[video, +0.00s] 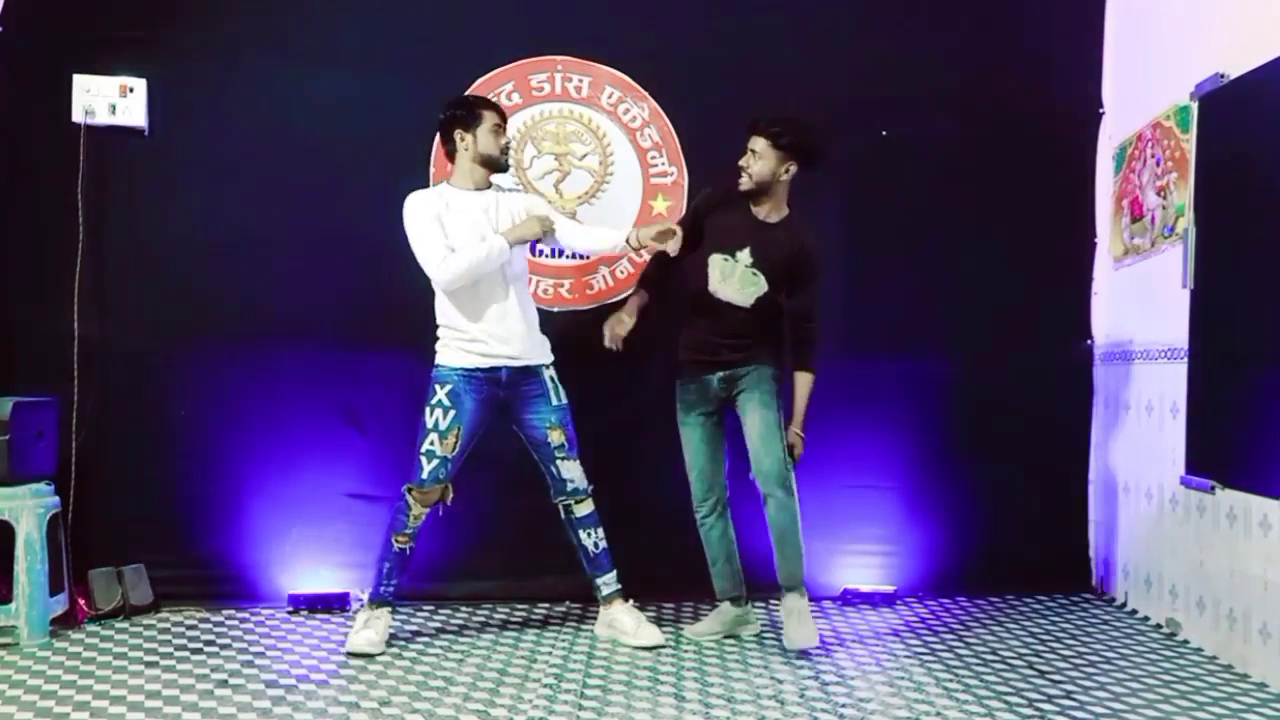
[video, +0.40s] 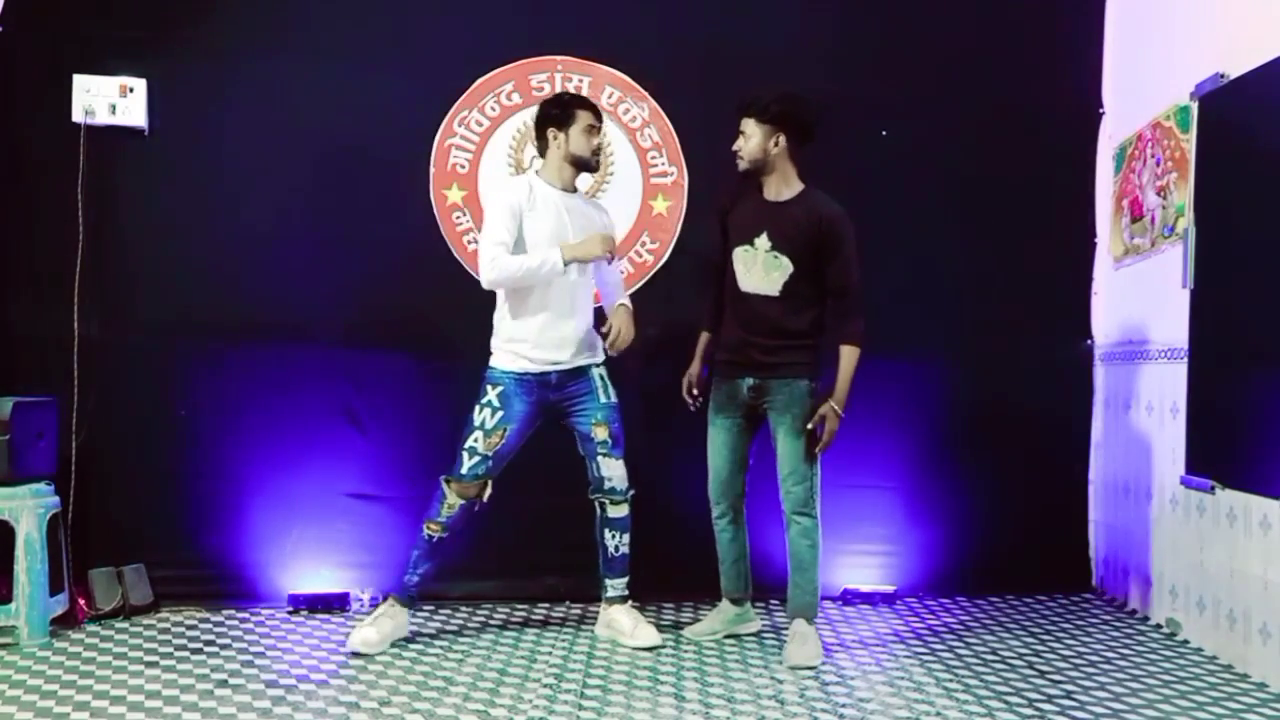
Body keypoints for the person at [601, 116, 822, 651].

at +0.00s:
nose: (742, 162)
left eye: (754, 156)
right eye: (745, 153)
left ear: (786, 168)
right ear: (756, 162)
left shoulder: (796, 246)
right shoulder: (714, 207)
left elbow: (803, 334)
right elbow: (664, 255)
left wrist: (797, 420)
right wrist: (630, 308)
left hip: (755, 370)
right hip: (696, 372)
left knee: (773, 477)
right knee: (706, 497)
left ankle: (794, 598)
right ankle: (733, 603)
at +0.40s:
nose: (737, 145)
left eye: (746, 135)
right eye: (738, 135)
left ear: (777, 141)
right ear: (768, 143)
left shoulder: (824, 217)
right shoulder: (735, 207)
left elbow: (850, 314)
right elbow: (719, 292)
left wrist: (838, 399)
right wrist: (699, 357)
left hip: (793, 377)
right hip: (728, 374)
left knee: (798, 505)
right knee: (723, 499)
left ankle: (802, 622)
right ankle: (736, 606)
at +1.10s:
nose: (720, 143)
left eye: (728, 133)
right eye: (722, 133)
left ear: (758, 139)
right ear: (752, 140)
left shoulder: (807, 201)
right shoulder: (744, 203)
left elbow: (885, 263)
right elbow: (757, 281)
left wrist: (823, 325)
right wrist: (729, 335)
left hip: (784, 377)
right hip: (733, 372)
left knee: (793, 505)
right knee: (731, 498)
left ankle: (802, 623)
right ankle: (740, 609)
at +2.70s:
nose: (714, 142)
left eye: (725, 132)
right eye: (716, 132)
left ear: (759, 139)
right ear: (745, 142)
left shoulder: (796, 202)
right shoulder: (721, 211)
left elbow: (825, 279)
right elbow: (711, 281)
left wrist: (748, 302)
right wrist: (711, 317)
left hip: (777, 377)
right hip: (724, 378)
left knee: (790, 503)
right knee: (733, 499)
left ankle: (802, 622)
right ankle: (741, 609)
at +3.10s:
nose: (702, 145)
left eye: (712, 136)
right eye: (702, 136)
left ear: (747, 143)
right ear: (724, 146)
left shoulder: (773, 206)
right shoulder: (724, 209)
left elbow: (739, 286)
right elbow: (713, 278)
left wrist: (672, 257)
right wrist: (665, 254)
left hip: (762, 370)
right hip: (722, 371)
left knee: (752, 487)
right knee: (726, 493)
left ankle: (797, 615)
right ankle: (741, 610)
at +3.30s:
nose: (697, 150)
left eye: (709, 139)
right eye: (693, 140)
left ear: (742, 145)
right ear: (696, 146)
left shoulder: (766, 199)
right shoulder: (713, 208)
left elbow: (713, 236)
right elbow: (672, 239)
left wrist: (645, 187)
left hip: (764, 371)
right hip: (727, 371)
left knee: (762, 499)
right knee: (730, 498)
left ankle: (759, 634)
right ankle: (738, 609)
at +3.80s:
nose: (680, 139)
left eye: (687, 128)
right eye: (681, 128)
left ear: (716, 133)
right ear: (712, 134)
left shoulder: (762, 192)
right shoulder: (716, 195)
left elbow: (762, 276)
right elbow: (715, 266)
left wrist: (692, 253)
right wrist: (668, 248)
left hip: (763, 370)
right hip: (730, 369)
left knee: (761, 500)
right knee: (728, 496)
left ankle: (762, 638)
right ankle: (738, 613)